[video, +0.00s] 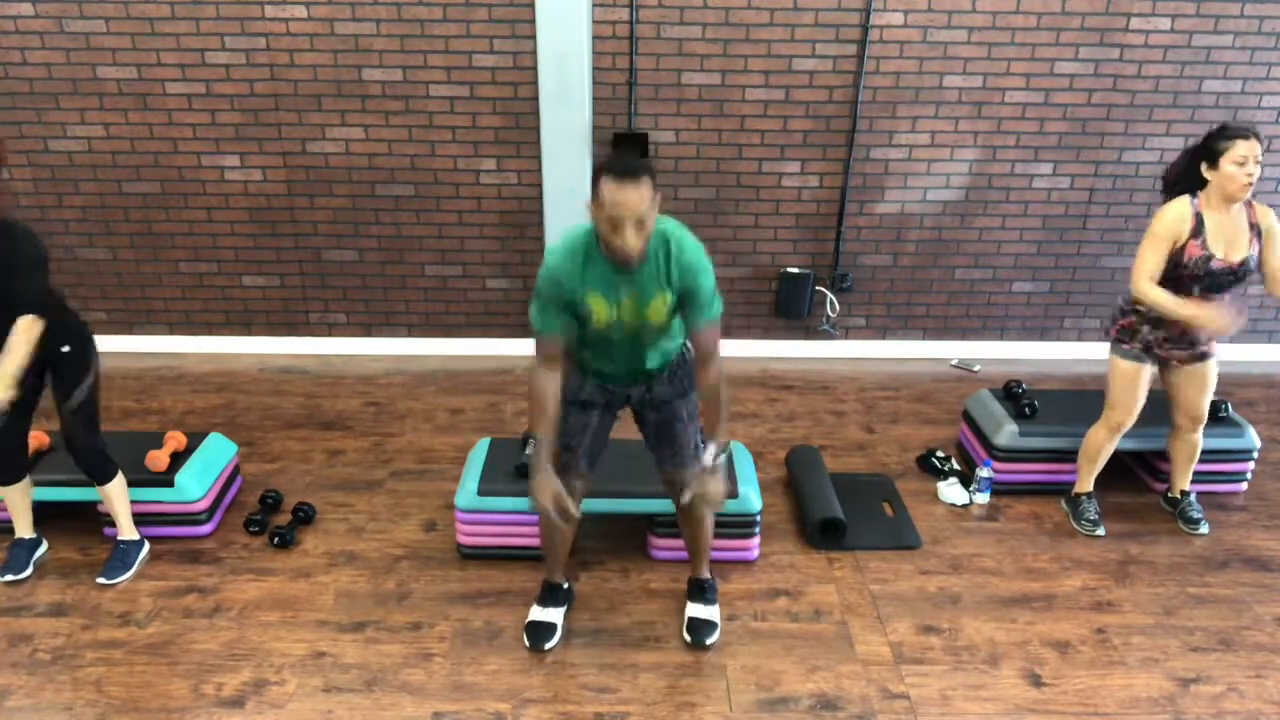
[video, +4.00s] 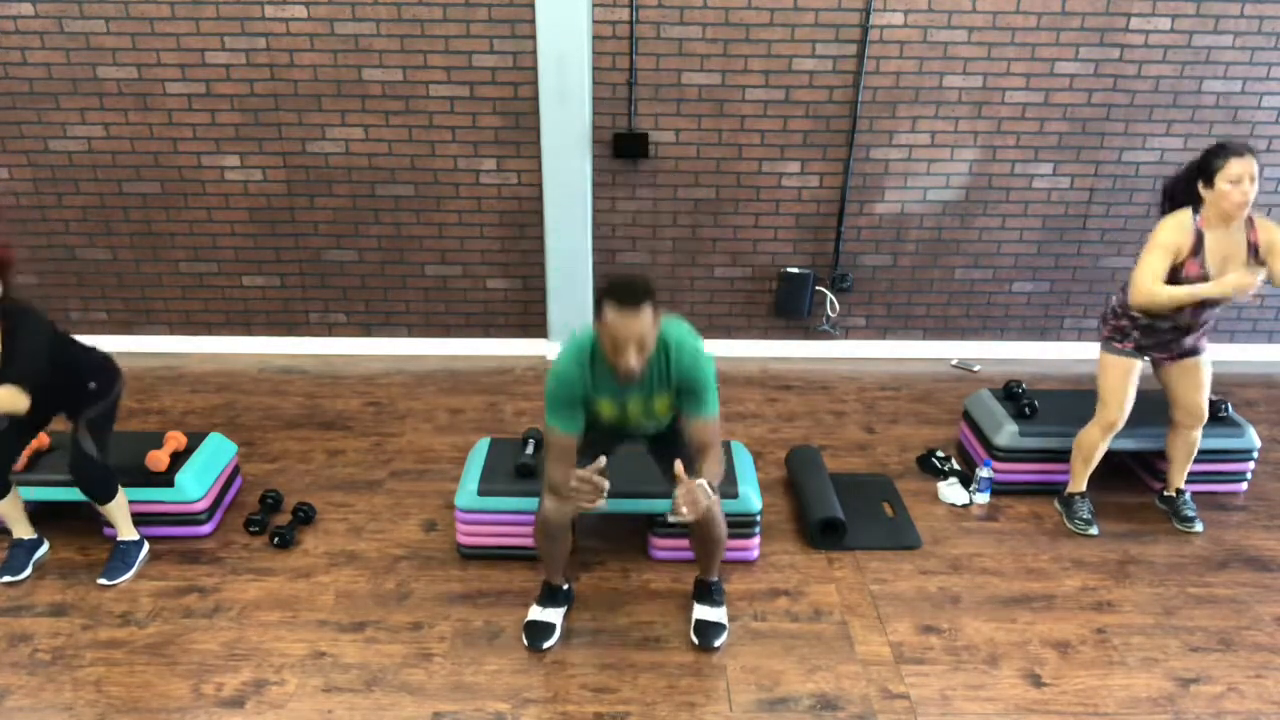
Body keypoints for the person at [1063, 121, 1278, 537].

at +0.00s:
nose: (1252, 172)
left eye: (1256, 163)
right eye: (1241, 163)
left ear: (1260, 167)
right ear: (1208, 170)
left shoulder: (1262, 220)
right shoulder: (1177, 214)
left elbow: (1275, 286)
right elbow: (1141, 284)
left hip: (1198, 330)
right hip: (1145, 323)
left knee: (1192, 421)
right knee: (1119, 418)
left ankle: (1179, 494)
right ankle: (1080, 493)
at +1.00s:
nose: (1244, 203)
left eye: (1249, 193)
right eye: (1233, 192)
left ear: (1254, 195)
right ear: (1202, 196)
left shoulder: (1254, 242)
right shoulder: (1171, 238)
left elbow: (1277, 295)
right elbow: (1107, 294)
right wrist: (1071, 355)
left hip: (1189, 338)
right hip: (1132, 334)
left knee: (1206, 427)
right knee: (1116, 430)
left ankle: (1179, 493)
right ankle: (1080, 494)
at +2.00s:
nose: (1255, 195)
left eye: (1259, 185)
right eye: (1243, 185)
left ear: (1264, 189)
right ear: (1211, 191)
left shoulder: (1263, 239)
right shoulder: (1178, 232)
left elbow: (1274, 307)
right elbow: (1128, 300)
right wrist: (1186, 330)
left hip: (1192, 332)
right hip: (1137, 326)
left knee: (1197, 422)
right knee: (1116, 421)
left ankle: (1179, 494)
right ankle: (1080, 494)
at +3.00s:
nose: (1248, 198)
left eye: (1254, 188)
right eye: (1238, 187)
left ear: (1260, 189)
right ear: (1208, 187)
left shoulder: (1259, 236)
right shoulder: (1175, 230)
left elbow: (1279, 287)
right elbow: (1130, 300)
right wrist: (1143, 366)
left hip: (1195, 339)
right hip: (1140, 332)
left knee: (1206, 426)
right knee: (1117, 428)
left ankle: (1179, 494)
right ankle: (1080, 494)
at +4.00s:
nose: (1247, 191)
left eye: (1252, 181)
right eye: (1235, 182)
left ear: (1257, 184)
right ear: (1205, 188)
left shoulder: (1263, 234)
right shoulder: (1177, 227)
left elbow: (1278, 277)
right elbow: (1142, 295)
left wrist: (1264, 269)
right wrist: (1216, 289)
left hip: (1185, 330)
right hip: (1132, 324)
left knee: (1192, 416)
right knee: (1111, 417)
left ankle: (1174, 493)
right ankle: (1074, 494)